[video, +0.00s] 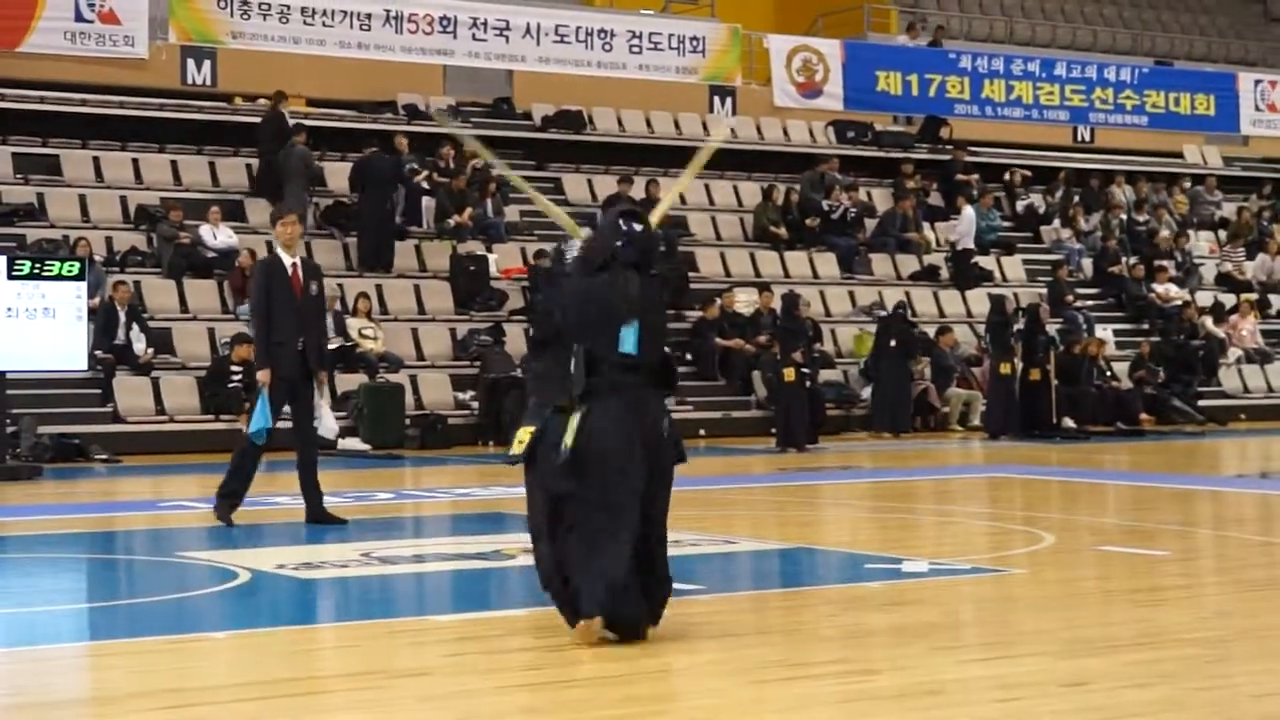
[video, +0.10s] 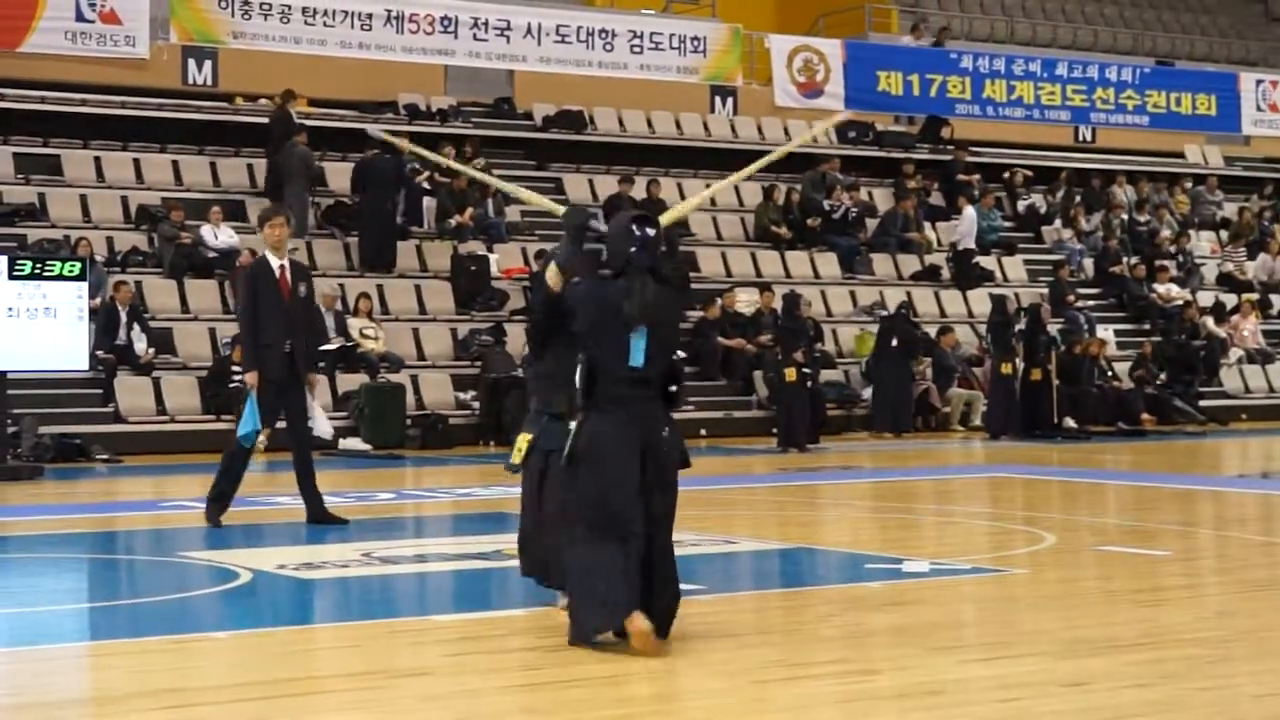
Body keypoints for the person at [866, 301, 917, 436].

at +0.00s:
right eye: (905, 311)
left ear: (892, 310)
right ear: (906, 313)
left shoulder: (883, 324)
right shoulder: (907, 328)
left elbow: (877, 347)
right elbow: (912, 352)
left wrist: (874, 364)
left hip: (883, 365)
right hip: (899, 366)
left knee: (881, 395)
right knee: (900, 395)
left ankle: (880, 426)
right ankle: (898, 427)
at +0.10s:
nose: (909, 315)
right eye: (909, 312)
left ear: (896, 310)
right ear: (909, 313)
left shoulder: (885, 324)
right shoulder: (910, 328)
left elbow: (878, 347)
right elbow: (914, 351)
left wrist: (875, 363)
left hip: (883, 364)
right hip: (900, 366)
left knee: (882, 395)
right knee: (901, 395)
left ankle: (880, 426)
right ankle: (899, 427)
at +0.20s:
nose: (909, 316)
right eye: (909, 313)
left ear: (896, 311)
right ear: (909, 313)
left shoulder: (885, 324)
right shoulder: (910, 329)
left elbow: (878, 347)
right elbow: (914, 352)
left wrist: (875, 362)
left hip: (883, 365)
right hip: (900, 367)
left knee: (882, 395)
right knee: (901, 396)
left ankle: (879, 426)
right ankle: (899, 427)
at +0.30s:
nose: (908, 316)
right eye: (909, 313)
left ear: (896, 311)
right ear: (909, 313)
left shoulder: (885, 325)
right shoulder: (910, 329)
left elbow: (875, 346)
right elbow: (913, 352)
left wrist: (876, 360)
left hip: (883, 366)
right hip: (900, 367)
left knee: (881, 395)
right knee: (900, 396)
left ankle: (879, 425)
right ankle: (898, 427)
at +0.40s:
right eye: (907, 312)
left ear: (895, 311)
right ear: (908, 313)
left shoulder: (884, 326)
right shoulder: (909, 329)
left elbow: (873, 348)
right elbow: (913, 352)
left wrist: (877, 361)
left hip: (882, 367)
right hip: (900, 368)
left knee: (880, 396)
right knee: (900, 397)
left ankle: (877, 425)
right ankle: (899, 426)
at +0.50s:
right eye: (905, 312)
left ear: (893, 311)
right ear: (906, 313)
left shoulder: (883, 326)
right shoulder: (907, 329)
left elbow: (873, 348)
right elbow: (912, 351)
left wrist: (877, 362)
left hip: (882, 368)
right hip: (900, 369)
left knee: (880, 398)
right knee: (899, 398)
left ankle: (878, 426)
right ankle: (899, 426)